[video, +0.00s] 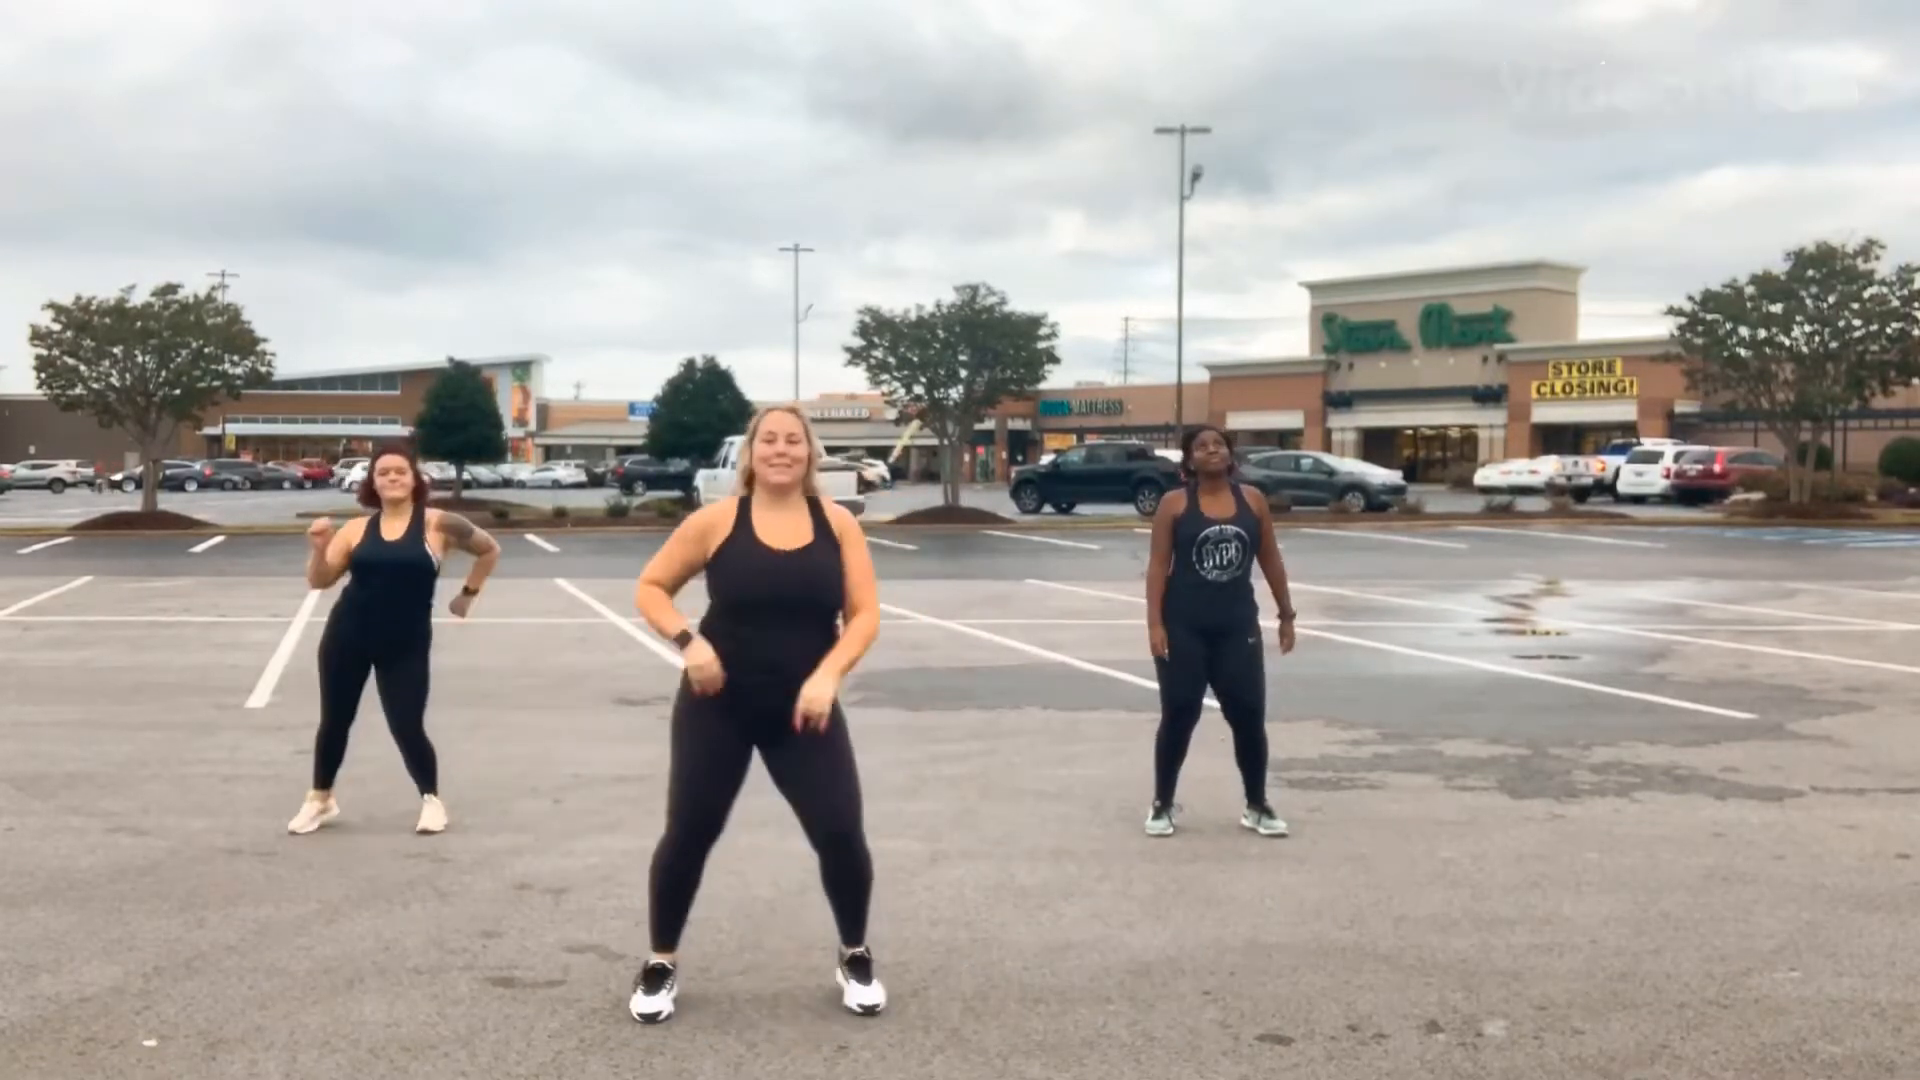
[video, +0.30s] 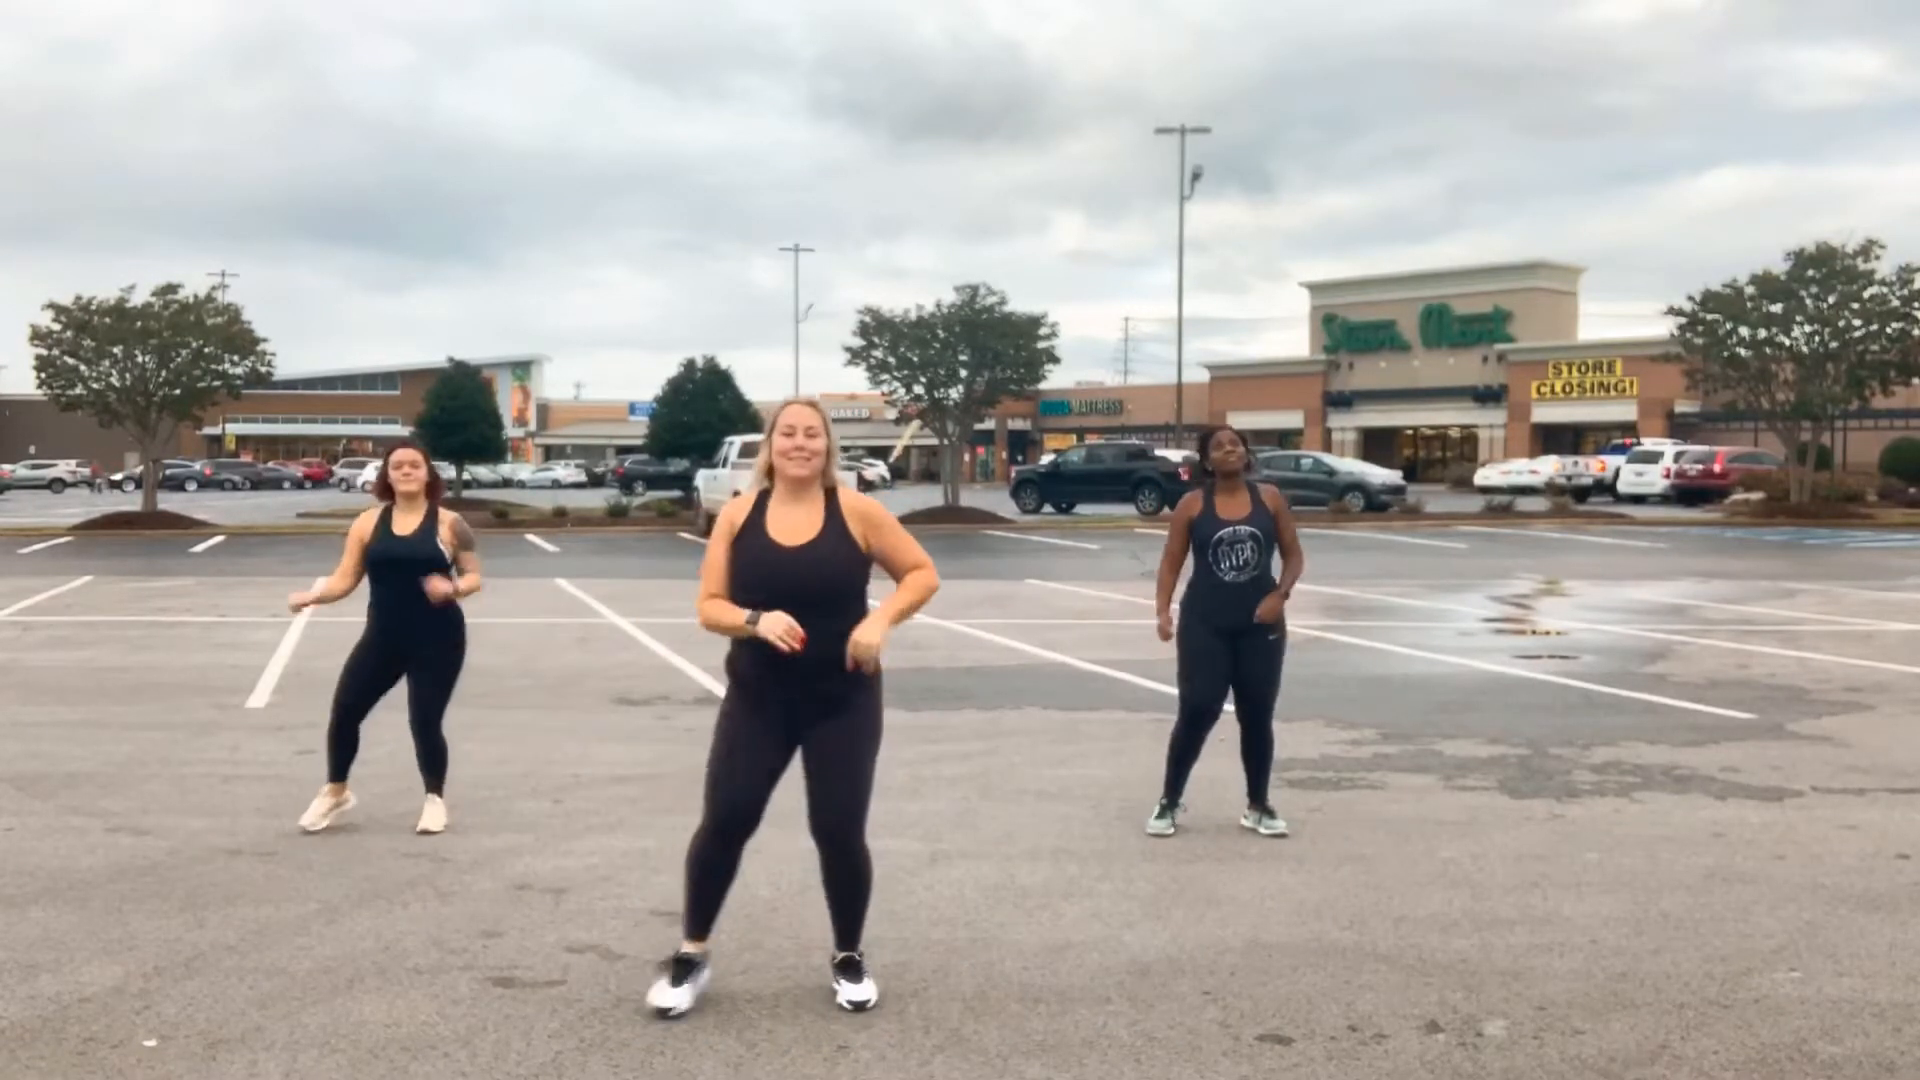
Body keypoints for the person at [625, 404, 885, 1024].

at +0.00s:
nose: (780, 449)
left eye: (792, 440)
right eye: (769, 440)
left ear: (809, 455)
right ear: (750, 454)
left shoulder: (838, 524)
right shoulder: (716, 520)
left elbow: (866, 614)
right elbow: (651, 589)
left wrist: (828, 674)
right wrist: (690, 643)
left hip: (806, 707)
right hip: (718, 702)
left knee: (842, 838)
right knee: (689, 833)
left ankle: (855, 955)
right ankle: (661, 962)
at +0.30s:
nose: (799, 442)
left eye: (811, 433)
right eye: (788, 433)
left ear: (829, 447)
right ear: (769, 446)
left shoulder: (856, 510)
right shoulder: (740, 512)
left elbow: (924, 574)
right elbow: (709, 607)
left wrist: (879, 620)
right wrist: (755, 620)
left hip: (843, 700)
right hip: (757, 699)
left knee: (840, 833)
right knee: (723, 825)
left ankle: (848, 959)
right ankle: (691, 954)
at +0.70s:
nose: (818, 457)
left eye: (829, 448)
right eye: (806, 448)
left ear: (846, 459)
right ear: (787, 460)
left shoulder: (876, 526)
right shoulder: (760, 529)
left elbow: (906, 608)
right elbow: (708, 614)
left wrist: (880, 674)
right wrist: (727, 699)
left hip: (862, 706)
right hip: (783, 710)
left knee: (889, 827)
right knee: (794, 842)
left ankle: (859, 952)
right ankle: (779, 957)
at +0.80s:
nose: (821, 457)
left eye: (832, 447)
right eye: (809, 448)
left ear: (850, 458)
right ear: (791, 459)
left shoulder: (883, 524)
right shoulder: (766, 531)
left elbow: (915, 617)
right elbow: (736, 620)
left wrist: (929, 701)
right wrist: (767, 686)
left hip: (869, 706)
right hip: (788, 707)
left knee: (915, 813)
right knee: (785, 840)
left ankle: (894, 940)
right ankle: (778, 957)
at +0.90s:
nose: (835, 449)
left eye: (846, 439)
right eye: (823, 440)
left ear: (864, 451)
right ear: (805, 452)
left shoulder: (897, 517)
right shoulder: (778, 520)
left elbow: (949, 588)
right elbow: (755, 609)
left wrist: (961, 662)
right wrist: (819, 612)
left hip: (881, 702)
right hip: (795, 704)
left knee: (925, 822)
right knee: (786, 833)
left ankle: (958, 935)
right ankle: (777, 954)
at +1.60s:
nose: (825, 440)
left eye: (837, 431)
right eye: (814, 430)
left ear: (854, 445)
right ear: (796, 445)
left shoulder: (882, 512)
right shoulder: (765, 511)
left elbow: (924, 588)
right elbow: (708, 586)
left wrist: (896, 650)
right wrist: (758, 607)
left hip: (859, 694)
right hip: (776, 695)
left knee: (885, 817)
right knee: (775, 826)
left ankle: (882, 931)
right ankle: (771, 949)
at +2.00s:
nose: (805, 456)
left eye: (816, 447)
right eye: (794, 446)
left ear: (833, 459)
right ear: (775, 458)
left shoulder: (855, 526)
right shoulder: (740, 521)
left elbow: (897, 612)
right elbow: (711, 611)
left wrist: (863, 644)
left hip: (847, 702)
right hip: (766, 701)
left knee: (851, 834)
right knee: (769, 821)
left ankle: (833, 948)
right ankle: (763, 933)